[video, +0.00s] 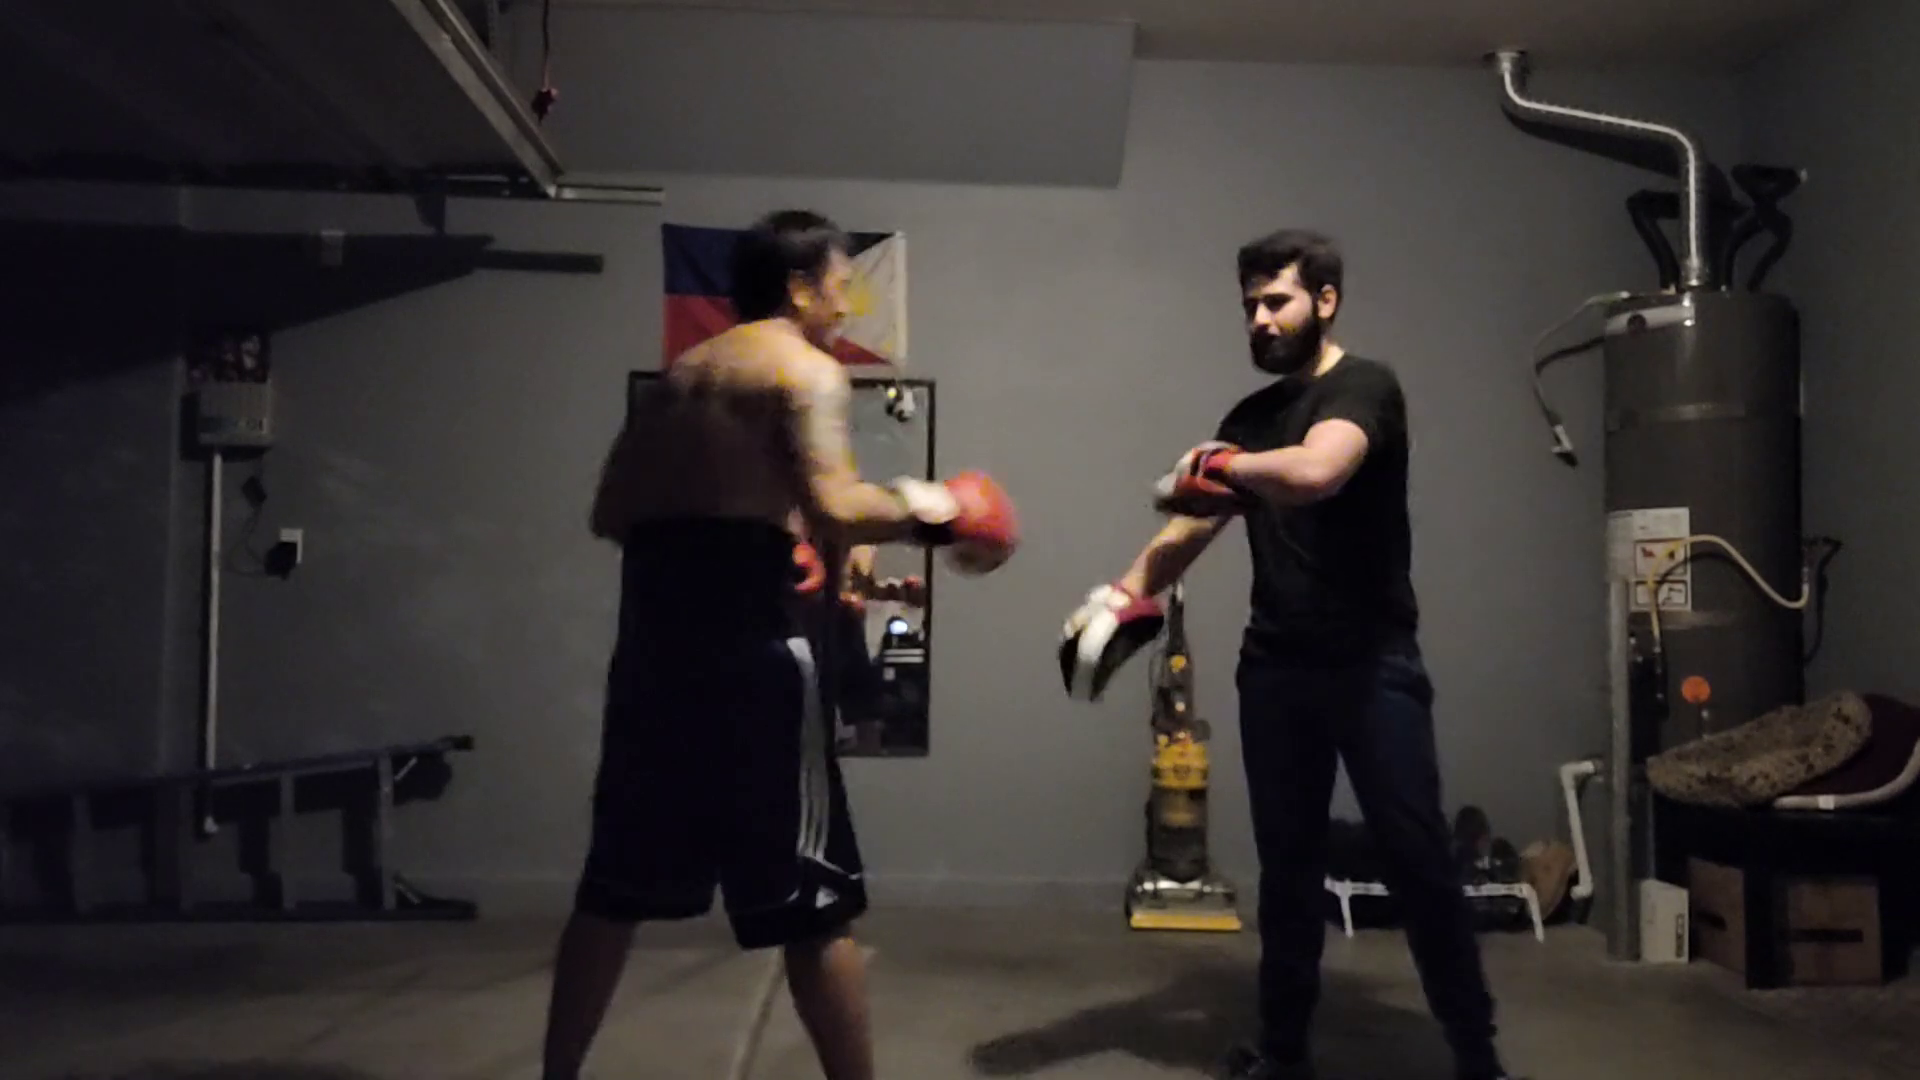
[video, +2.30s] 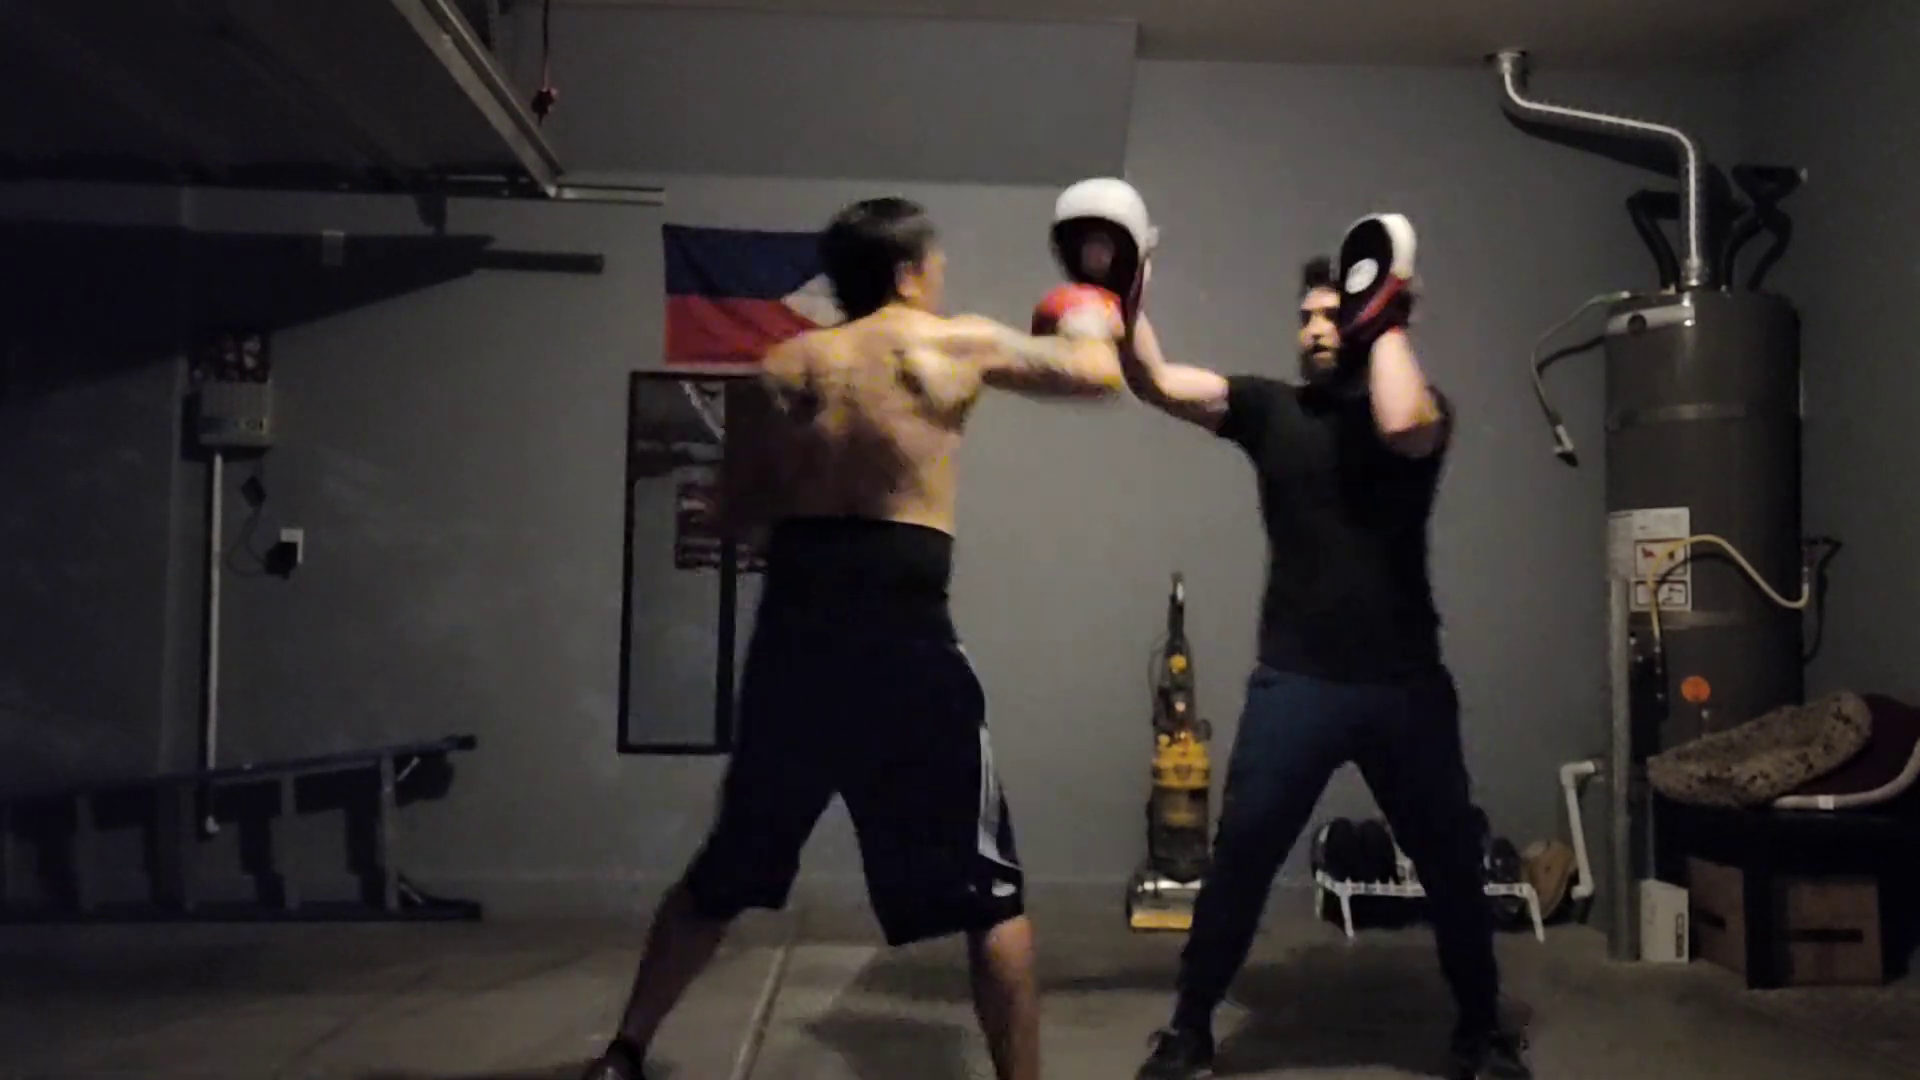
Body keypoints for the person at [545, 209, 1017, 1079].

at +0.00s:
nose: (849, 302)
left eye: (848, 284)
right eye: (841, 284)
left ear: (756, 286)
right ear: (802, 286)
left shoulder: (682, 369)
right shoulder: (806, 370)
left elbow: (613, 512)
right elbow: (837, 506)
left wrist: (753, 542)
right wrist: (935, 507)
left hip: (656, 665)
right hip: (756, 669)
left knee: (613, 885)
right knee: (814, 899)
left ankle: (558, 1070)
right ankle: (855, 1073)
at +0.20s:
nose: (773, 300)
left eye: (773, 283)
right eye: (765, 282)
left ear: (681, 286)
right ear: (722, 281)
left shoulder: (617, 375)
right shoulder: (735, 358)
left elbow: (562, 527)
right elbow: (716, 491)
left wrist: (681, 544)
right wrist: (800, 550)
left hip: (610, 651)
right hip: (707, 650)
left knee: (582, 889)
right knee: (777, 893)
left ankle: (547, 1071)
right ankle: (831, 1069)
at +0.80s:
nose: (815, 307)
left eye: (815, 291)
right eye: (810, 290)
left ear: (719, 289)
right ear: (776, 289)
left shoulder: (653, 378)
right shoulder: (781, 370)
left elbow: (613, 540)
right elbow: (778, 504)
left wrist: (769, 563)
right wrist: (864, 537)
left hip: (650, 670)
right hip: (752, 672)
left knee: (606, 892)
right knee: (831, 898)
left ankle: (557, 1072)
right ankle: (887, 1072)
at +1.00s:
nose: (908, 328)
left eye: (910, 311)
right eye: (904, 310)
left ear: (816, 299)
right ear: (869, 307)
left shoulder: (742, 369)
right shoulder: (871, 388)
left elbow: (730, 521)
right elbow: (917, 529)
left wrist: (857, 563)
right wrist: (976, 535)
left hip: (694, 650)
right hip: (803, 657)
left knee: (632, 883)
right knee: (877, 892)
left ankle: (569, 1070)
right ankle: (901, 1073)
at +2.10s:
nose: (840, 299)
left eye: (833, 283)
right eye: (833, 284)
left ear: (748, 291)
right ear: (804, 288)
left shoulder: (694, 383)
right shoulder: (828, 361)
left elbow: (708, 526)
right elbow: (933, 477)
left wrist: (843, 544)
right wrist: (940, 426)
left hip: (709, 661)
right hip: (823, 658)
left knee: (649, 892)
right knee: (951, 848)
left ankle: (583, 1071)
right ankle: (984, 1049)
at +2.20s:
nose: (889, 282)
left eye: (884, 267)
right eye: (882, 269)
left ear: (790, 280)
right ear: (851, 278)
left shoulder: (723, 375)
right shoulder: (897, 346)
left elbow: (674, 521)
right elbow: (1044, 396)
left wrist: (760, 498)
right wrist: (1029, 337)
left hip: (752, 650)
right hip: (869, 646)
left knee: (673, 878)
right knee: (966, 871)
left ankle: (596, 1067)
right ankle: (1009, 1068)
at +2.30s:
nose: (943, 277)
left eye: (938, 264)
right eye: (936, 265)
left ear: (845, 281)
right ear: (910, 274)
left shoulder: (779, 364)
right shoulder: (957, 343)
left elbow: (735, 513)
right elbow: (1094, 372)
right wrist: (1090, 322)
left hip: (794, 642)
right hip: (905, 643)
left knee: (730, 861)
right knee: (991, 880)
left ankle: (625, 1050)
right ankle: (1021, 1072)